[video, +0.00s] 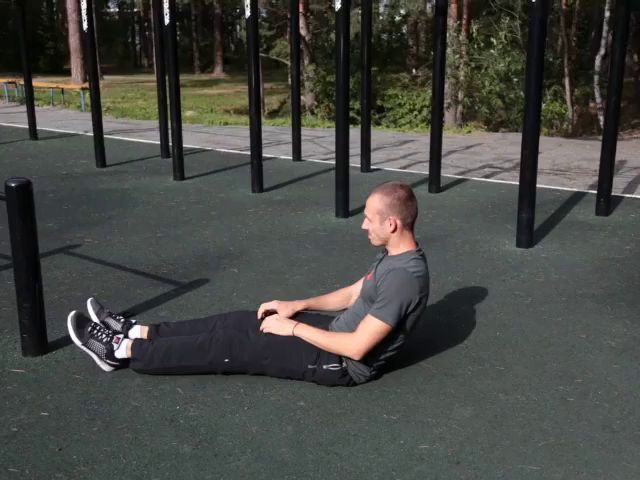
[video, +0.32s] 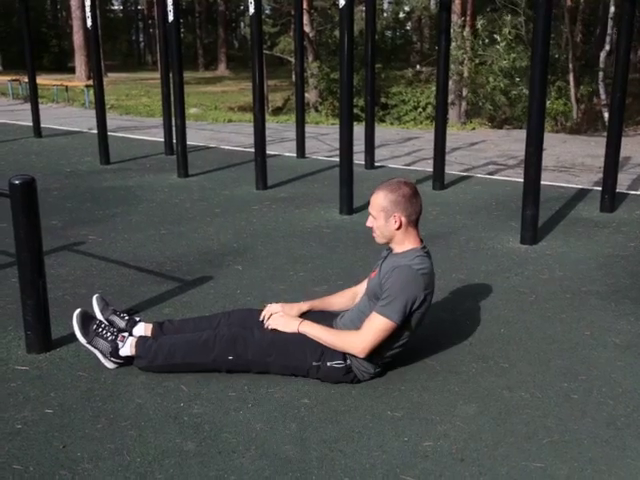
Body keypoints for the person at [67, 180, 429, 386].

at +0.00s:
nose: (364, 226)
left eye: (370, 219)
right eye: (366, 218)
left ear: (395, 224)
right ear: (397, 221)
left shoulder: (405, 277)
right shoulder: (393, 259)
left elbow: (358, 347)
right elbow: (350, 296)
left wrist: (294, 328)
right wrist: (299, 305)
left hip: (345, 361)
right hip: (334, 338)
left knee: (234, 344)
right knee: (238, 322)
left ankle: (120, 352)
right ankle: (133, 333)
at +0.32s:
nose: (368, 223)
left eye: (374, 216)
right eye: (369, 215)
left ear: (399, 221)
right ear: (400, 218)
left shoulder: (410, 274)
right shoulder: (397, 255)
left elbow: (363, 345)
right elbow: (355, 296)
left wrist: (299, 324)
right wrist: (301, 306)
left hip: (349, 358)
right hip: (338, 334)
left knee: (236, 342)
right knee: (240, 320)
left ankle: (124, 349)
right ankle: (137, 330)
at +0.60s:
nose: (409, 236)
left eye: (416, 231)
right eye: (411, 229)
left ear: (441, 239)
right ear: (439, 236)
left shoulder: (439, 291)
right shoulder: (432, 269)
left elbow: (382, 353)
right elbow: (378, 289)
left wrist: (318, 322)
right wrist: (323, 285)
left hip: (349, 356)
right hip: (342, 328)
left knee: (242, 340)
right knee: (245, 320)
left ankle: (128, 348)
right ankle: (141, 328)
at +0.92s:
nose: (484, 275)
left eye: (496, 274)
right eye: (490, 268)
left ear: (506, 293)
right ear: (489, 281)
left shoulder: (478, 335)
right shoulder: (466, 305)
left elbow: (476, 317)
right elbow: (455, 256)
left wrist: (518, 259)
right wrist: (490, 214)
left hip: (348, 344)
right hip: (346, 318)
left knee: (243, 336)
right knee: (248, 317)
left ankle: (134, 343)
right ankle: (141, 327)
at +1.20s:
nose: (519, 300)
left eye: (530, 309)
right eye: (527, 302)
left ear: (526, 335)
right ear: (515, 310)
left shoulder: (484, 353)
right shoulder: (481, 320)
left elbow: (554, 363)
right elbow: (541, 299)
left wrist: (613, 342)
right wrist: (609, 313)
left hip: (344, 338)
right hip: (350, 314)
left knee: (235, 334)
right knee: (239, 319)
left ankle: (128, 339)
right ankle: (135, 327)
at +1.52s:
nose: (519, 318)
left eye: (527, 323)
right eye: (527, 320)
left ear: (517, 343)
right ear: (516, 323)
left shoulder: (477, 351)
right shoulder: (477, 324)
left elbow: (548, 381)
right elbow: (543, 325)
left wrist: (601, 368)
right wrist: (606, 345)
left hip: (335, 337)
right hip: (340, 314)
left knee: (229, 336)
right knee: (233, 319)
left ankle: (122, 340)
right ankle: (128, 324)